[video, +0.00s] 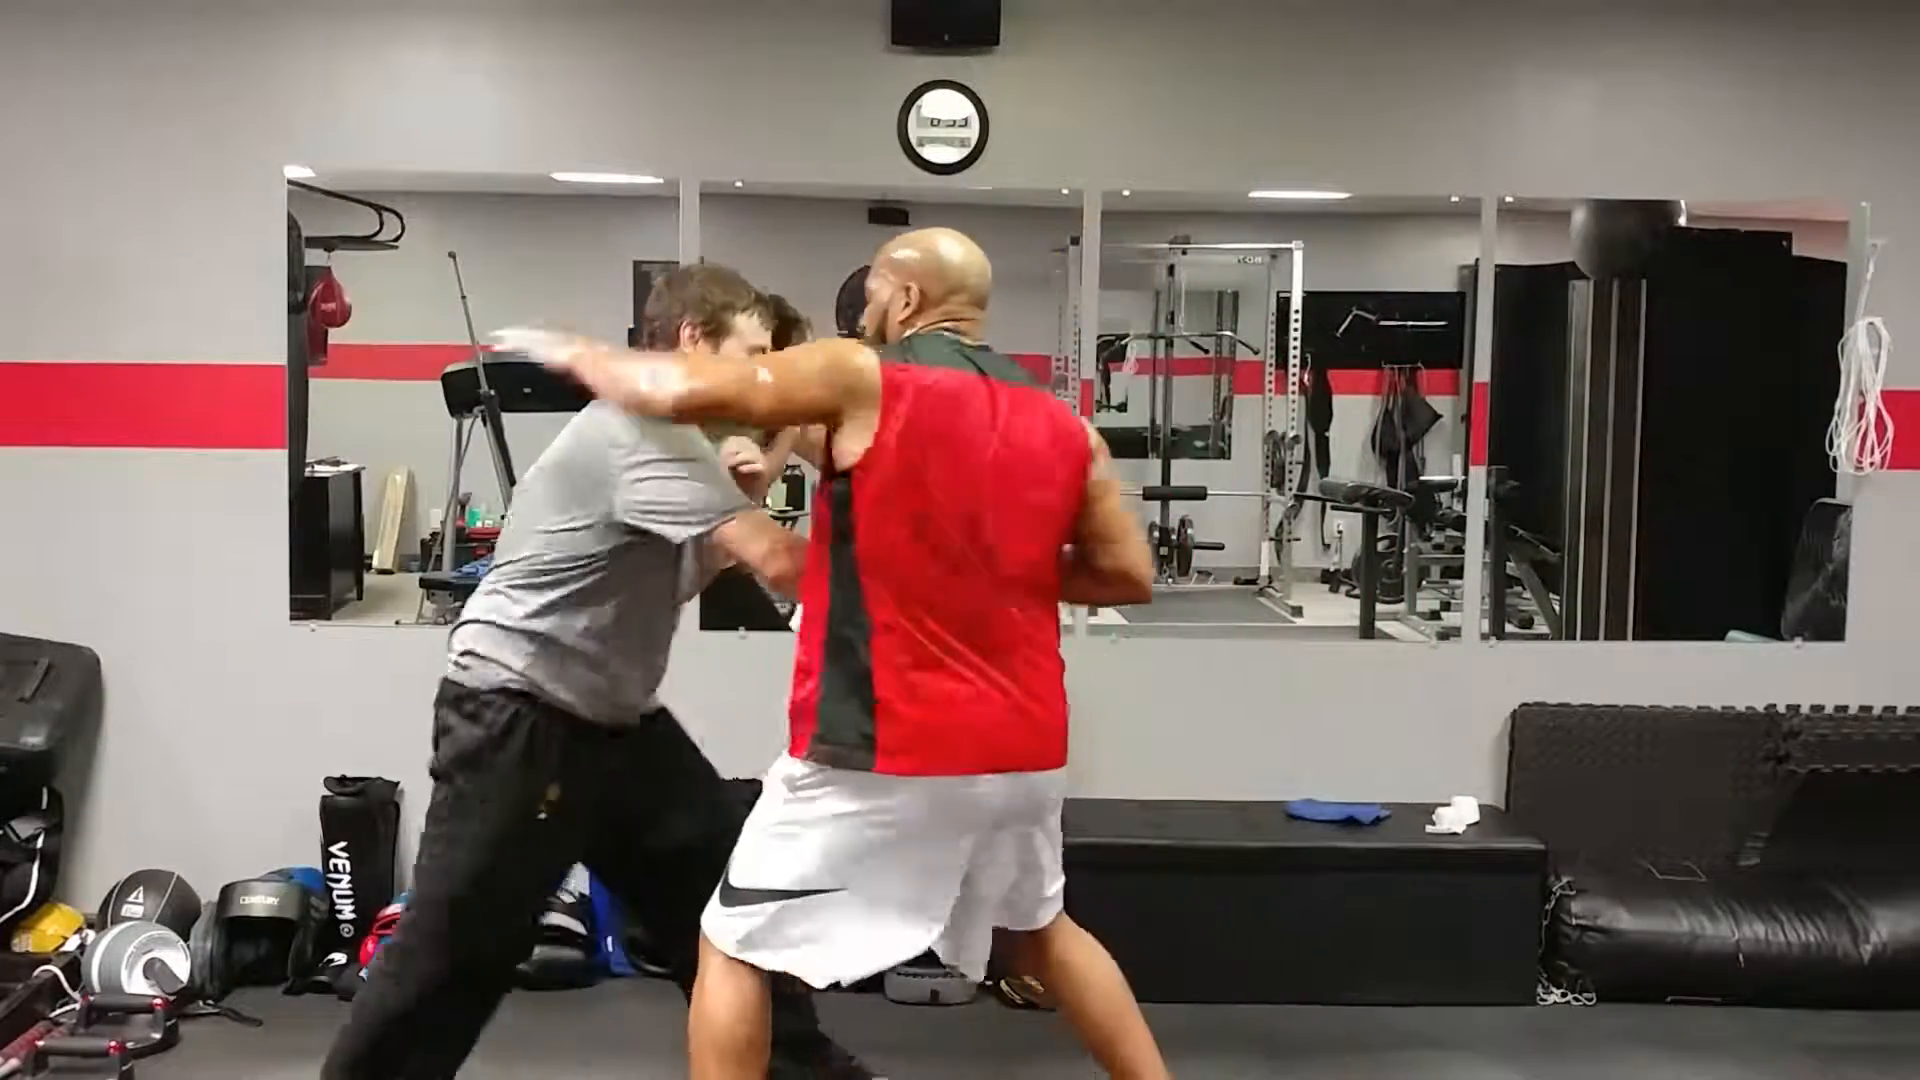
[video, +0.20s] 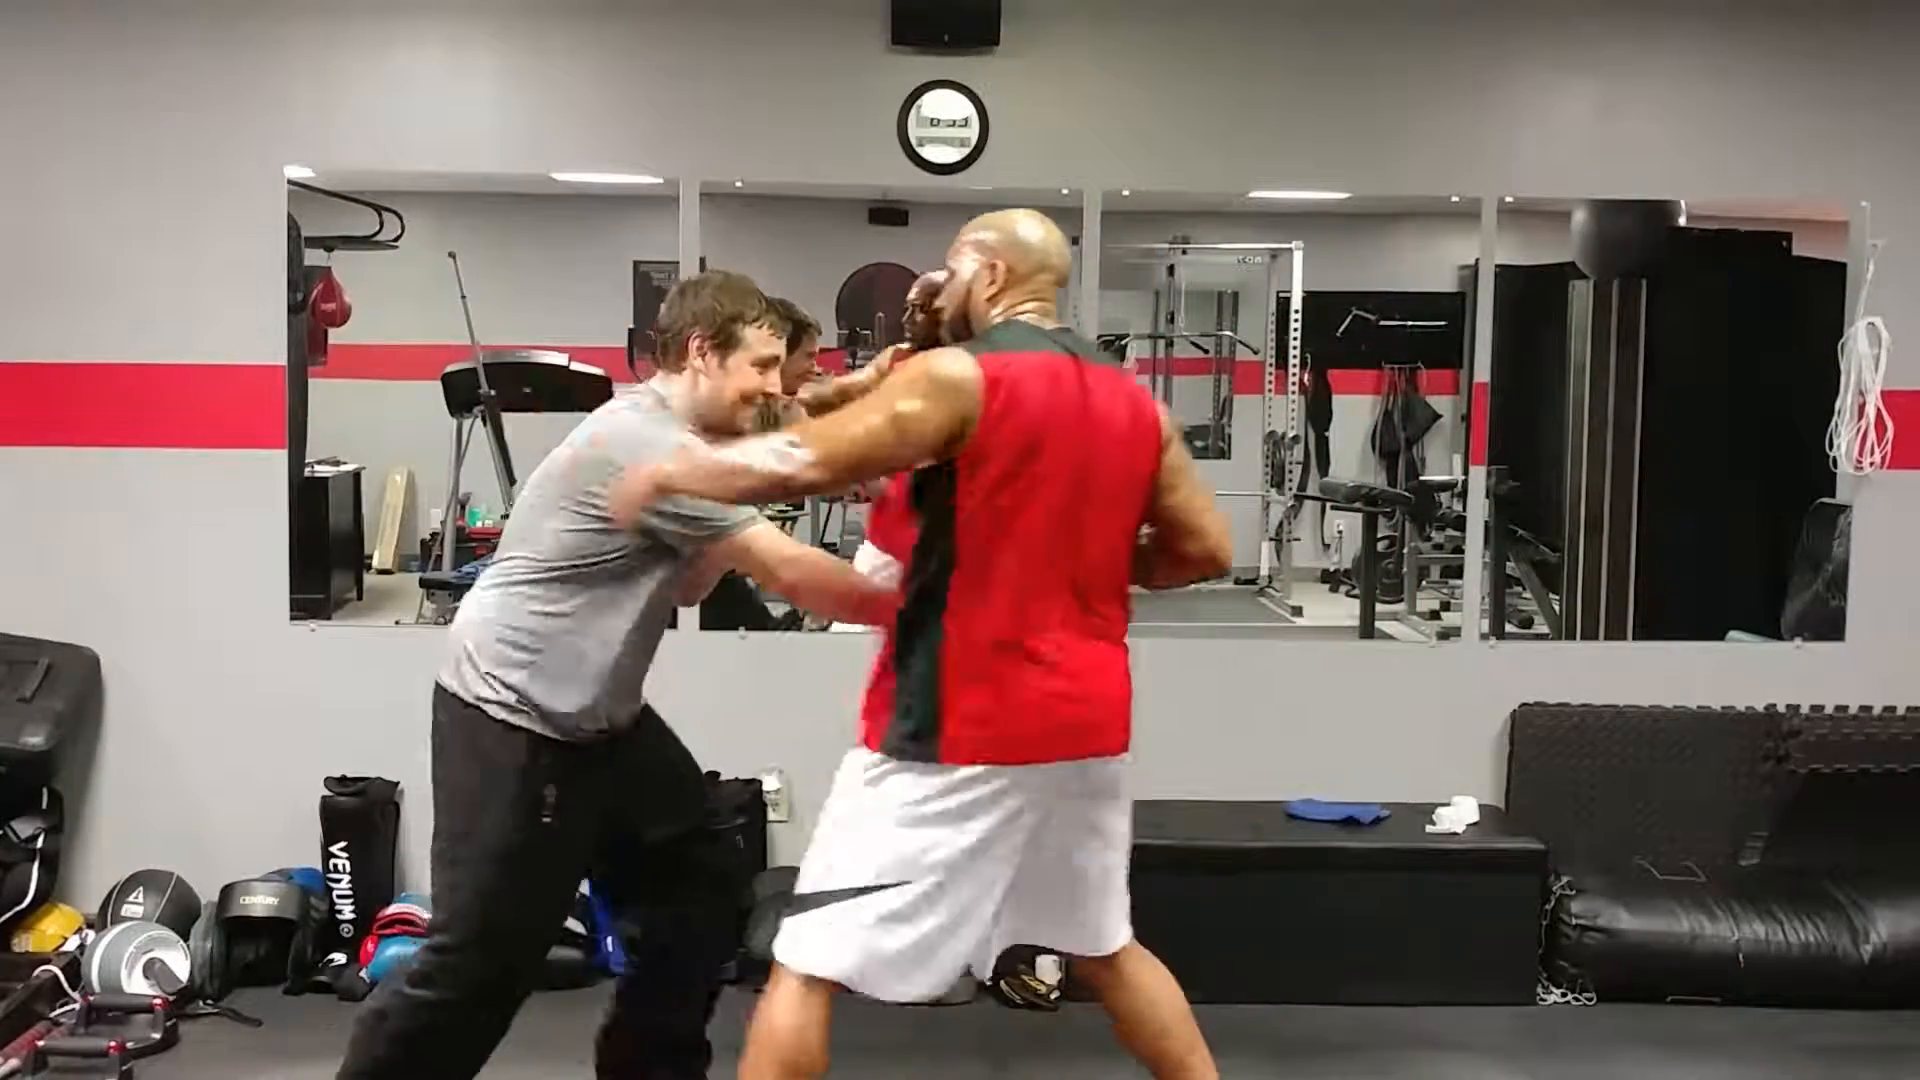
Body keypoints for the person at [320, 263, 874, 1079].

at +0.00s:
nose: (762, 374)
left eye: (766, 358)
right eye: (751, 352)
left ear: (688, 343)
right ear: (692, 339)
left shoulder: (679, 441)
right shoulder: (637, 428)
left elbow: (658, 582)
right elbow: (779, 559)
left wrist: (739, 522)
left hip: (616, 723)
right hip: (515, 714)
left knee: (733, 886)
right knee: (451, 956)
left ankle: (786, 1054)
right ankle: (360, 1077)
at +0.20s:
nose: (775, 389)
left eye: (783, 372)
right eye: (760, 364)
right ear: (698, 353)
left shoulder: (691, 441)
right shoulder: (642, 438)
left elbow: (675, 590)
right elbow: (787, 566)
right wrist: (905, 603)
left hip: (604, 715)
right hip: (508, 714)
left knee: (702, 884)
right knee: (478, 963)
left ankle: (648, 1066)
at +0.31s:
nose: (771, 368)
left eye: (777, 349)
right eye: (759, 343)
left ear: (699, 337)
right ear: (695, 333)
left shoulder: (688, 427)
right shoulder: (634, 422)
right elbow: (737, 570)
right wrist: (878, 616)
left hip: (605, 707)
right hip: (498, 699)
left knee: (686, 918)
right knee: (465, 950)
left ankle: (660, 1072)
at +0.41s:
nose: (747, 333)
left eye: (750, 315)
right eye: (730, 310)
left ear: (677, 315)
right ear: (664, 307)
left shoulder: (662, 408)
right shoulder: (599, 395)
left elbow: (672, 562)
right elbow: (659, 569)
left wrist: (737, 501)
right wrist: (793, 609)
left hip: (593, 698)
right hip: (485, 690)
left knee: (668, 928)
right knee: (416, 944)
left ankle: (662, 1077)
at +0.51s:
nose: (698, 308)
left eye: (699, 289)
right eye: (679, 286)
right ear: (612, 290)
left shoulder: (644, 408)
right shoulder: (542, 387)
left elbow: (645, 540)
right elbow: (561, 564)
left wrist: (710, 516)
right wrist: (709, 594)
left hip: (575, 701)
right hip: (460, 696)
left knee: (647, 927)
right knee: (377, 948)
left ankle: (661, 1074)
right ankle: (293, 1078)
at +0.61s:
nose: (639, 298)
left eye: (638, 278)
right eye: (620, 277)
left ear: (570, 285)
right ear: (549, 281)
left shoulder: (595, 397)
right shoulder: (468, 381)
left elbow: (595, 519)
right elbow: (472, 558)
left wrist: (657, 503)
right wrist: (630, 547)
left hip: (547, 717)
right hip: (419, 715)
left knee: (619, 957)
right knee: (340, 974)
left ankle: (664, 1077)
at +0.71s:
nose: (590, 286)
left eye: (590, 267)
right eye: (572, 266)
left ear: (522, 276)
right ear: (501, 271)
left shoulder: (569, 388)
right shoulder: (410, 374)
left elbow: (626, 511)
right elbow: (437, 528)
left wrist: (658, 438)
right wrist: (571, 435)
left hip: (518, 714)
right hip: (382, 711)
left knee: (596, 965)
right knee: (315, 980)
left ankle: (643, 1076)